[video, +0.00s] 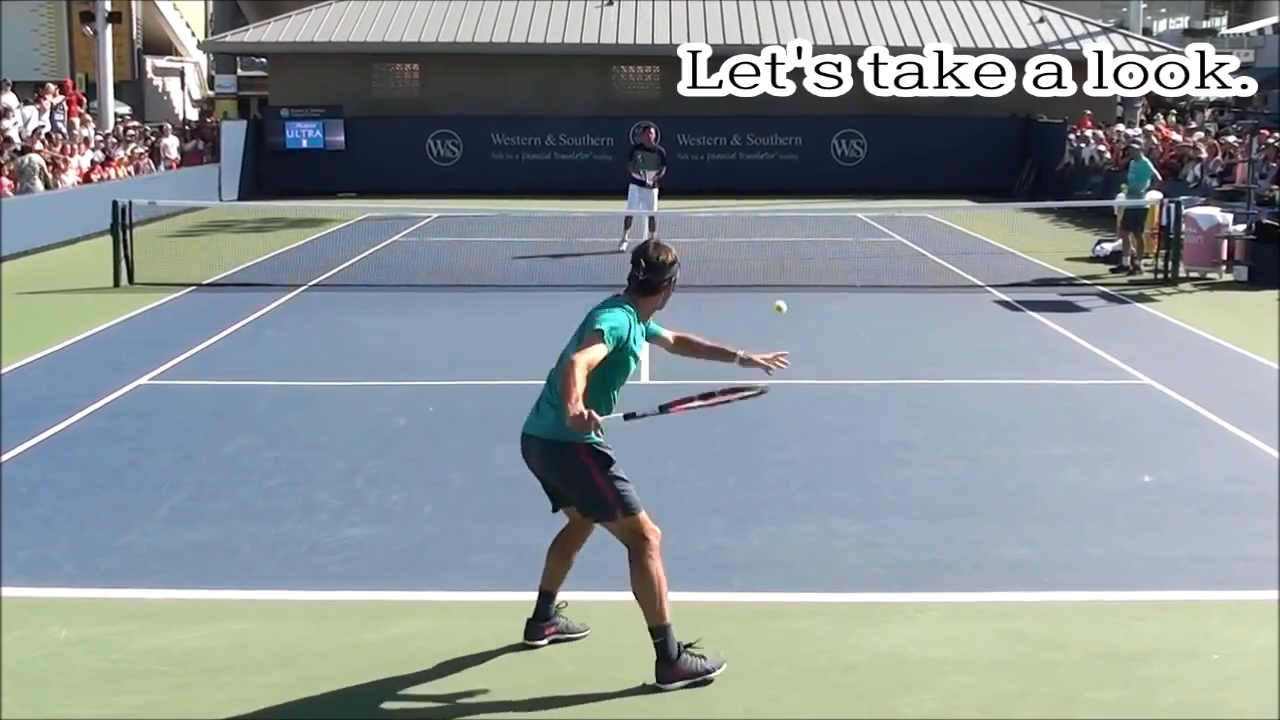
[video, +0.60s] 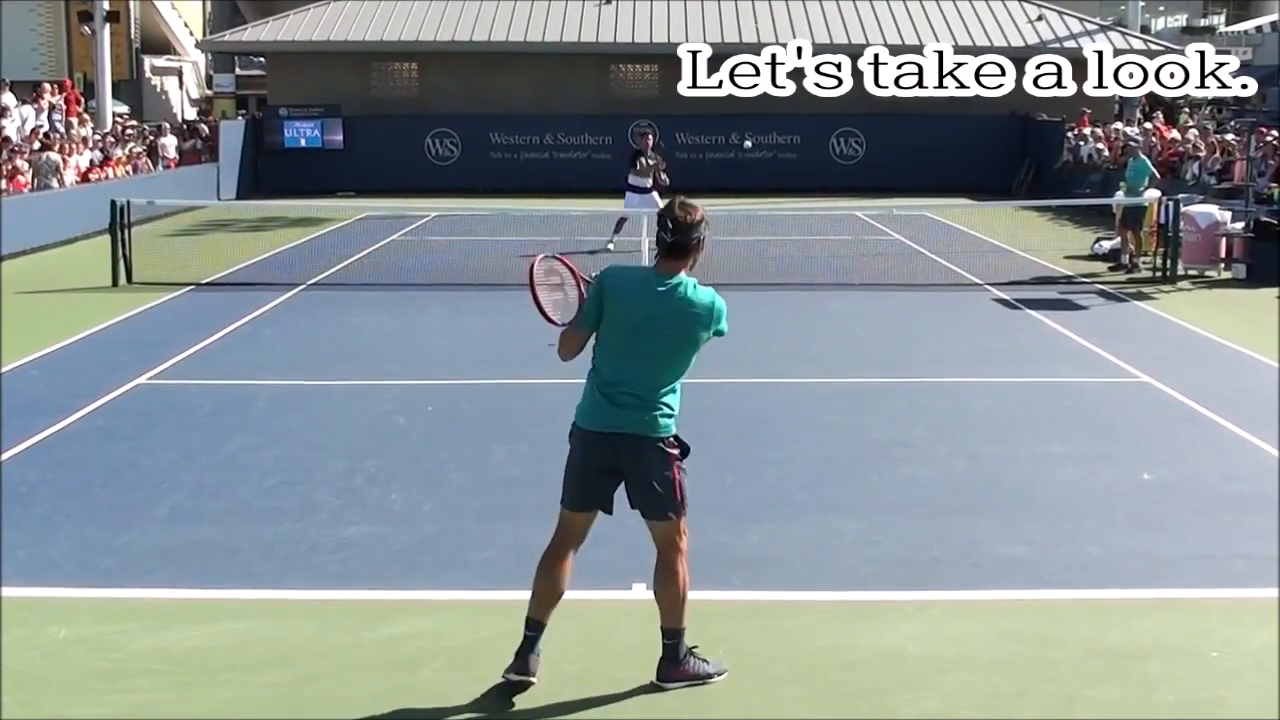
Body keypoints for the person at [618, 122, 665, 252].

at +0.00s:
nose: (650, 136)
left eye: (652, 133)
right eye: (648, 133)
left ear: (655, 136)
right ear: (643, 135)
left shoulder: (659, 151)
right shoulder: (635, 149)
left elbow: (663, 167)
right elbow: (629, 166)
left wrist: (655, 178)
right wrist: (639, 178)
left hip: (651, 186)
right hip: (636, 185)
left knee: (652, 214)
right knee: (630, 212)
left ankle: (652, 240)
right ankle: (624, 239)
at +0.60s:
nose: (647, 142)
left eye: (649, 139)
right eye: (645, 139)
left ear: (653, 142)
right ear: (640, 141)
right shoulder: (635, 155)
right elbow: (638, 171)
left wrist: (660, 173)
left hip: (649, 189)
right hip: (633, 189)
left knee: (663, 213)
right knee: (626, 215)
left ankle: (666, 240)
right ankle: (612, 240)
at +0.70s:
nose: (653, 142)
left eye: (654, 139)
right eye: (650, 139)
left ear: (657, 141)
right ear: (646, 141)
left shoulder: (661, 157)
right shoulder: (641, 155)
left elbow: (671, 172)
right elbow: (640, 167)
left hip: (653, 188)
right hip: (638, 188)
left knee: (665, 213)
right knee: (631, 216)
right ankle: (612, 240)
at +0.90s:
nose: (665, 138)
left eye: (667, 135)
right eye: (663, 135)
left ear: (669, 137)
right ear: (657, 136)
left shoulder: (671, 151)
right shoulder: (650, 150)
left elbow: (688, 157)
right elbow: (641, 166)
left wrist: (703, 152)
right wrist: (651, 166)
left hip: (664, 185)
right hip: (650, 186)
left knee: (667, 212)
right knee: (649, 212)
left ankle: (660, 240)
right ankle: (637, 239)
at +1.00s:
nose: (670, 135)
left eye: (671, 132)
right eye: (667, 132)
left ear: (673, 135)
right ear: (660, 134)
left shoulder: (675, 149)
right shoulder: (653, 149)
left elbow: (683, 161)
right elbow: (645, 167)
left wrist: (696, 163)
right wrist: (653, 160)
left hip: (669, 183)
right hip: (656, 183)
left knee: (667, 212)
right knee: (658, 211)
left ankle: (662, 240)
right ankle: (654, 241)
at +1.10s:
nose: (674, 136)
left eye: (676, 133)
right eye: (671, 133)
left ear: (677, 135)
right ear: (665, 134)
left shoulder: (680, 150)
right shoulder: (656, 149)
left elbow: (682, 167)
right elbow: (646, 166)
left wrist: (687, 173)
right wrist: (654, 160)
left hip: (674, 180)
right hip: (660, 180)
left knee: (671, 211)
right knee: (668, 211)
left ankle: (663, 239)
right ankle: (671, 242)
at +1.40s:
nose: (680, 138)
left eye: (682, 135)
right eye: (678, 135)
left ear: (685, 137)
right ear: (672, 136)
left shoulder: (688, 152)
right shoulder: (663, 151)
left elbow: (690, 166)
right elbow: (657, 167)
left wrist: (687, 175)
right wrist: (660, 174)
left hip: (682, 185)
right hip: (668, 185)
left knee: (687, 213)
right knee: (674, 213)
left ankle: (680, 237)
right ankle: (676, 242)